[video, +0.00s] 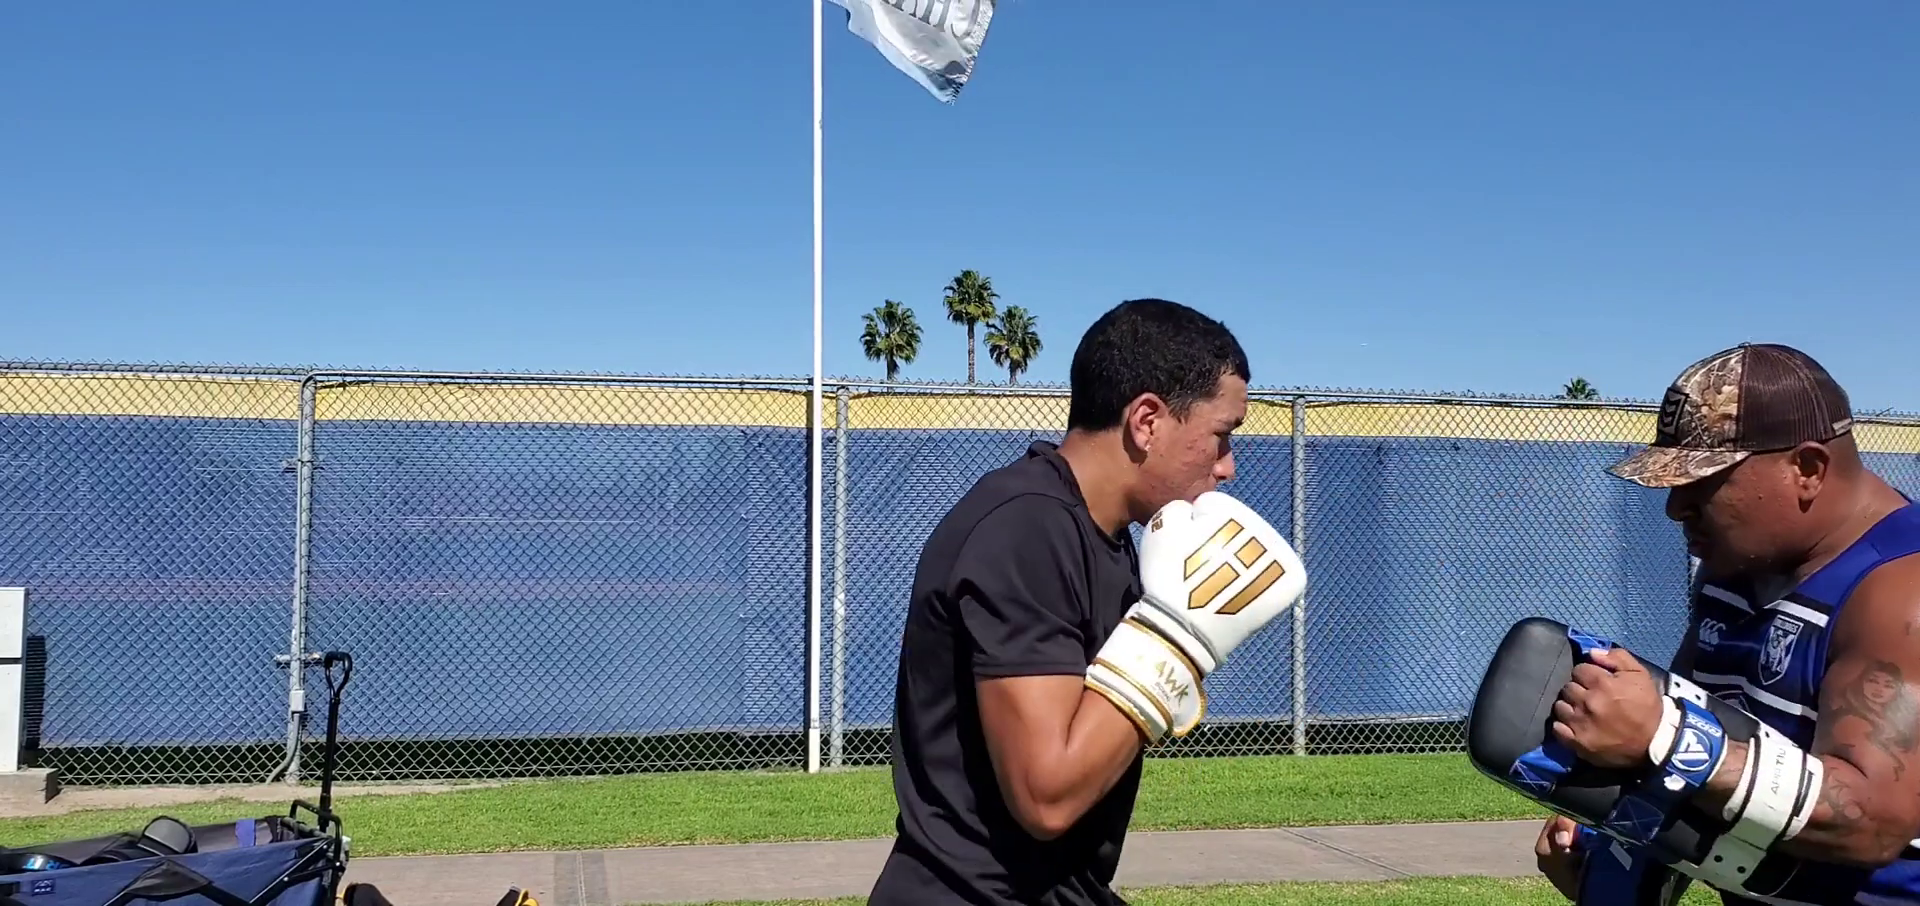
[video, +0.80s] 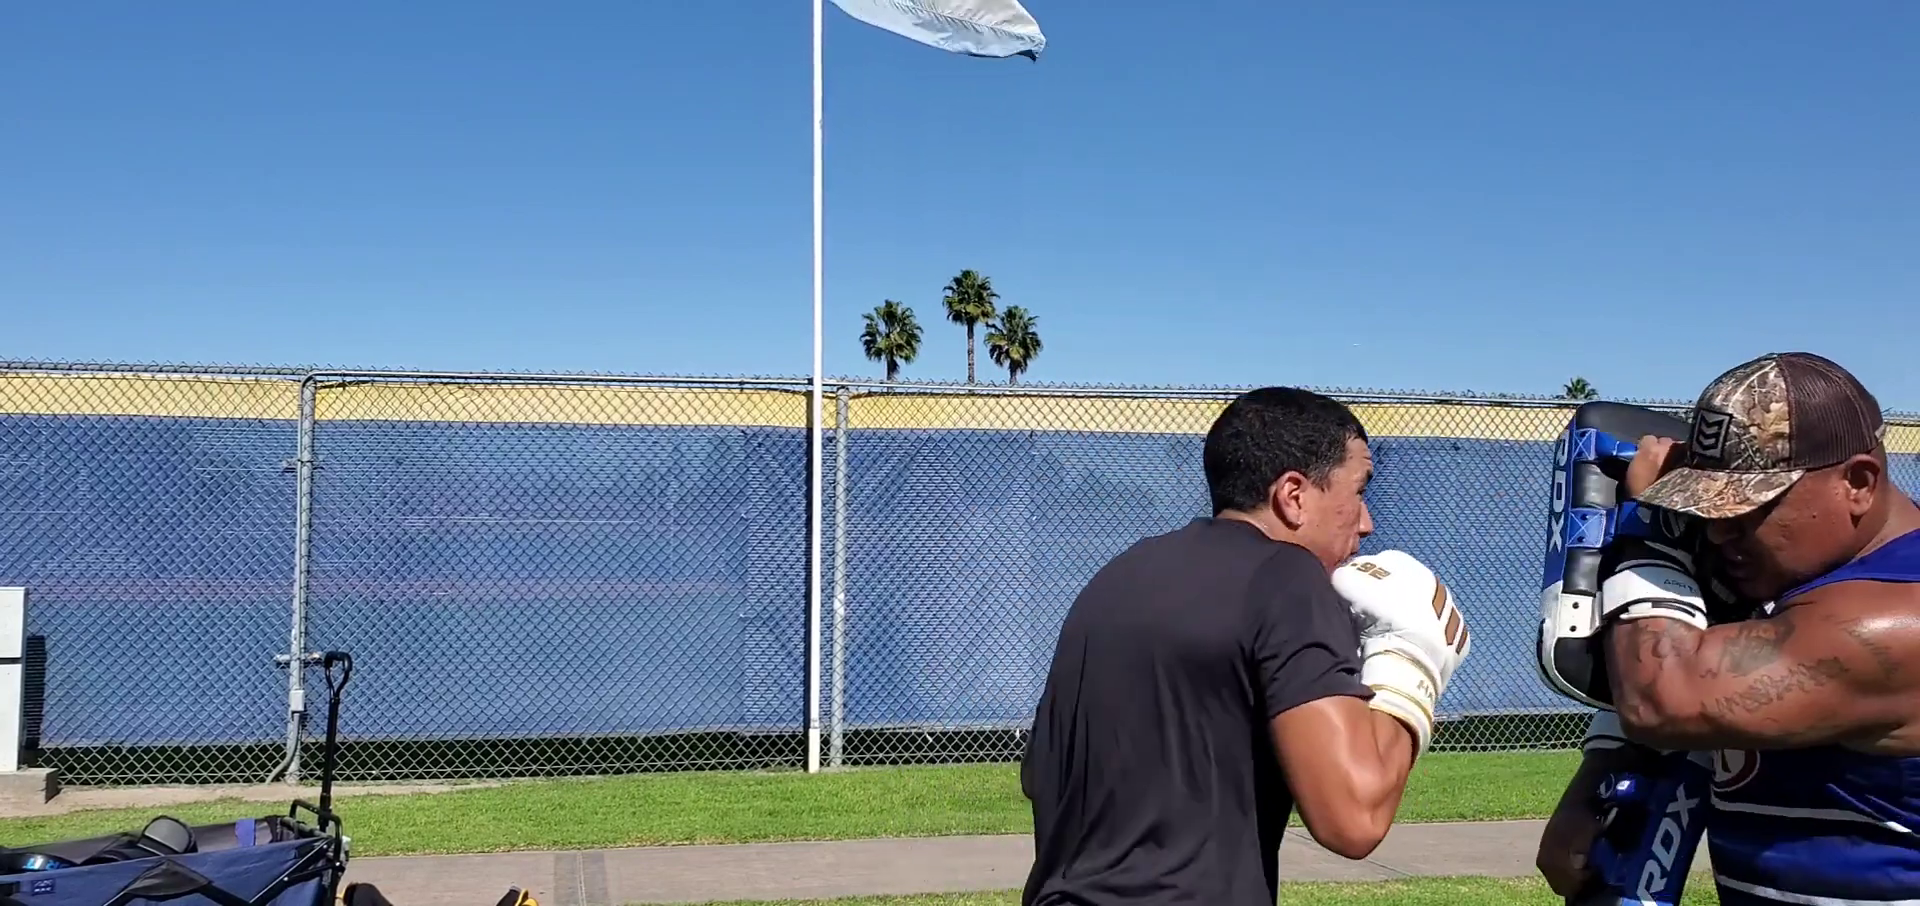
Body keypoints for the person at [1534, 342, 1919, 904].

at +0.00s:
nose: (1674, 508)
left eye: (1702, 483)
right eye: (1676, 482)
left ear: (1807, 471)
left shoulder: (1900, 594)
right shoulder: (1734, 557)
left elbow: (1870, 819)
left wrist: (1668, 735)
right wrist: (1611, 841)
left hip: (1869, 893)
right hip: (1753, 885)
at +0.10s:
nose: (1664, 511)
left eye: (1690, 485)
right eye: (1664, 486)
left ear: (1794, 475)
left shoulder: (1895, 594)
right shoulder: (1727, 562)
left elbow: (1896, 817)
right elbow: (1683, 721)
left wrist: (1691, 740)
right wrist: (1607, 834)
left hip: (1872, 891)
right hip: (1750, 885)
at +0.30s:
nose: (1631, 515)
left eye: (1648, 487)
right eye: (1630, 490)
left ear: (1743, 474)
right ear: (1744, 475)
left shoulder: (1848, 591)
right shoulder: (1749, 554)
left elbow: (1751, 798)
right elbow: (1713, 735)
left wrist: (1572, 684)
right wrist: (1613, 805)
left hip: (1857, 891)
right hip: (1766, 882)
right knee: (1590, 872)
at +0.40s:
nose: (1661, 504)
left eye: (1682, 478)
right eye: (1661, 481)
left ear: (1785, 468)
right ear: (1786, 470)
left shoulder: (1871, 588)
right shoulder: (1773, 566)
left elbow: (1756, 780)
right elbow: (1719, 737)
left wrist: (1564, 655)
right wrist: (1621, 810)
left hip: (1864, 893)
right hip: (1775, 885)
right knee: (1613, 858)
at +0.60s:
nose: (1740, 519)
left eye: (1770, 498)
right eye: (1734, 495)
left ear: (1881, 480)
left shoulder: (1899, 615)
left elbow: (1687, 708)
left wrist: (1647, 545)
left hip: (1874, 888)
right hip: (1764, 886)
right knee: (1599, 875)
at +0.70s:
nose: (1729, 537)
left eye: (1757, 513)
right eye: (1722, 512)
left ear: (1871, 487)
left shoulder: (1887, 621)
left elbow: (1657, 681)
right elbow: (1582, 870)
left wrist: (1663, 513)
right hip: (1762, 886)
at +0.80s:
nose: (1719, 537)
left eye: (1745, 513)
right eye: (1711, 512)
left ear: (1859, 485)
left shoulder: (1889, 625)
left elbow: (1663, 696)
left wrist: (1651, 517)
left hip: (1876, 894)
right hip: (1758, 888)